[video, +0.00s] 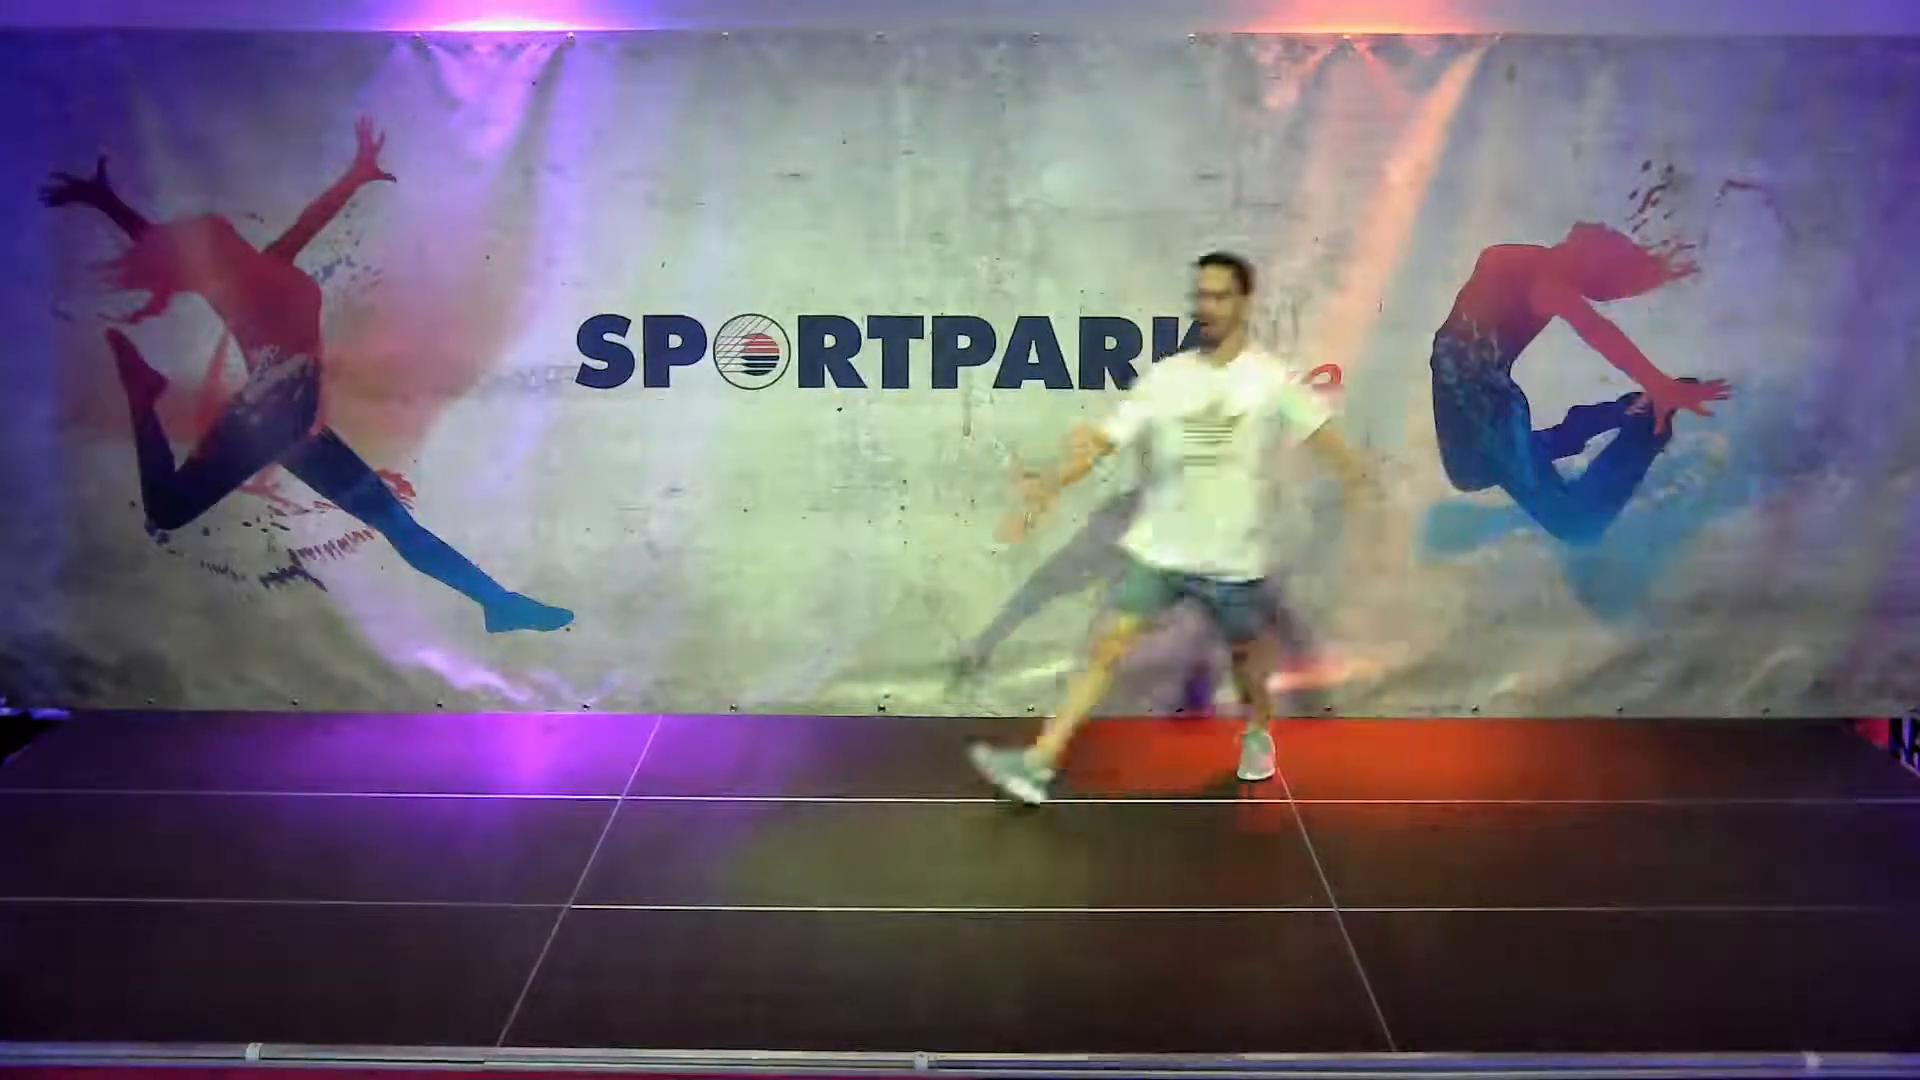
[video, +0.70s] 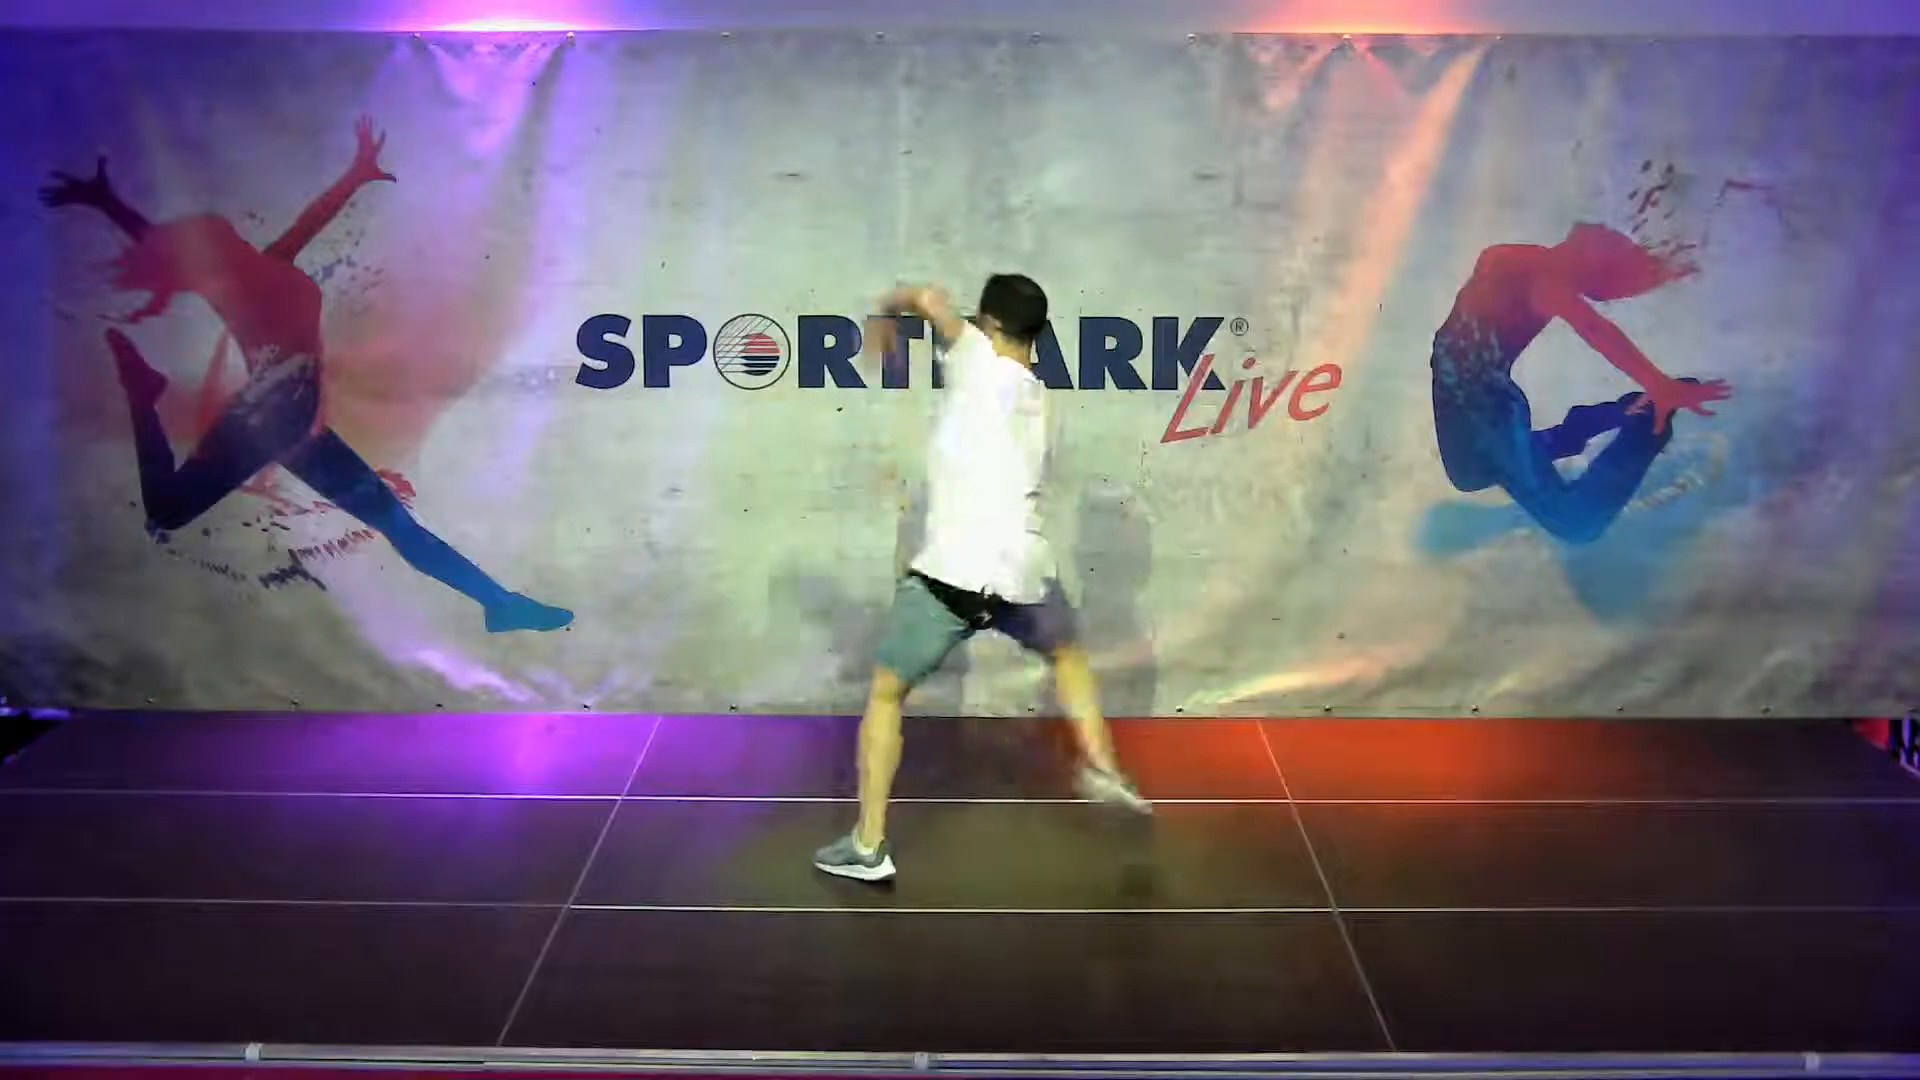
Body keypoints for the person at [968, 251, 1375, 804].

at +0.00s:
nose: (1206, 307)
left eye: (1219, 297)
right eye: (1200, 296)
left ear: (1246, 303)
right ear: (1193, 302)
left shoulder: (1269, 379)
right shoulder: (1166, 377)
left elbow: (1327, 437)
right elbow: (1103, 441)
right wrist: (1049, 488)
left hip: (1234, 558)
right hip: (1159, 551)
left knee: (1251, 662)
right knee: (1106, 647)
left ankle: (1258, 734)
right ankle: (1040, 762)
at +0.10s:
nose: (1131, 302)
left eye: (1145, 293)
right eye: (1128, 291)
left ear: (1175, 304)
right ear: (1124, 297)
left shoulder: (1187, 388)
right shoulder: (1097, 369)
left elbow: (1215, 488)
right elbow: (1073, 459)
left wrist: (1212, 567)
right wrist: (1028, 532)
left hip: (1134, 559)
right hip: (1069, 544)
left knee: (1109, 675)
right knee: (1033, 643)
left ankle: (1195, 694)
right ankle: (1010, 772)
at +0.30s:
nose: (1028, 304)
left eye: (1039, 294)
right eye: (1033, 292)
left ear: (1065, 306)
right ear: (1071, 307)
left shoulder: (1061, 382)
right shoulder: (1052, 374)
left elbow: (1040, 489)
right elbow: (1029, 463)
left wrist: (977, 560)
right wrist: (975, 469)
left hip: (1042, 553)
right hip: (1036, 548)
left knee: (940, 647)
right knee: (976, 655)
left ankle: (935, 796)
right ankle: (990, 783)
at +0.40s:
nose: (997, 312)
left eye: (1004, 303)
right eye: (1003, 301)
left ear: (1019, 313)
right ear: (1054, 320)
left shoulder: (998, 389)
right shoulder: (1062, 392)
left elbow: (964, 477)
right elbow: (1023, 440)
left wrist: (906, 533)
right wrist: (965, 397)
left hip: (977, 560)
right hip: (1037, 564)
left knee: (912, 676)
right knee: (973, 665)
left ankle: (873, 824)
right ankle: (949, 774)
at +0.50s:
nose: (980, 325)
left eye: (982, 316)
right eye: (986, 316)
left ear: (992, 320)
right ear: (1038, 328)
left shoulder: (968, 385)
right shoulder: (1044, 402)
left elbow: (909, 443)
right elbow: (992, 443)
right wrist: (935, 395)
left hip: (947, 564)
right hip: (1018, 571)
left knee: (896, 698)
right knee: (1011, 641)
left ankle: (869, 842)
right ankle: (945, 724)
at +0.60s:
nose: (975, 324)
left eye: (978, 316)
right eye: (979, 317)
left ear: (987, 321)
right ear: (1036, 331)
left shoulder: (961, 369)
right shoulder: (1041, 405)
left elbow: (901, 355)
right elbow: (996, 475)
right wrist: (904, 469)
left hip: (943, 568)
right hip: (1017, 568)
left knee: (886, 693)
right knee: (1041, 632)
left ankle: (869, 839)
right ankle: (1015, 722)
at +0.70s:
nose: (977, 324)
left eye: (982, 317)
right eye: (982, 317)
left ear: (988, 322)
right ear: (1037, 334)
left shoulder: (973, 354)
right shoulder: (1039, 397)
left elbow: (929, 301)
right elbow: (1031, 476)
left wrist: (896, 300)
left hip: (952, 563)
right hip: (1021, 568)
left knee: (887, 689)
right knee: (1067, 649)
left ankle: (868, 842)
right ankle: (1101, 768)